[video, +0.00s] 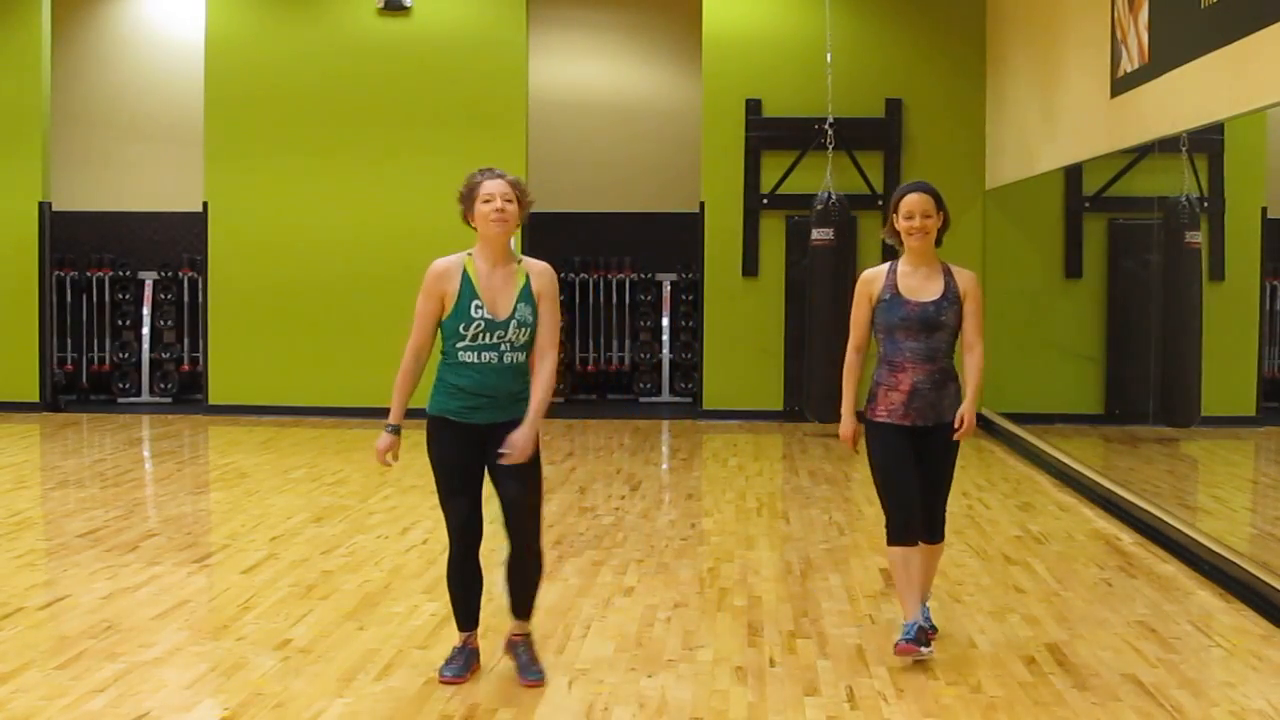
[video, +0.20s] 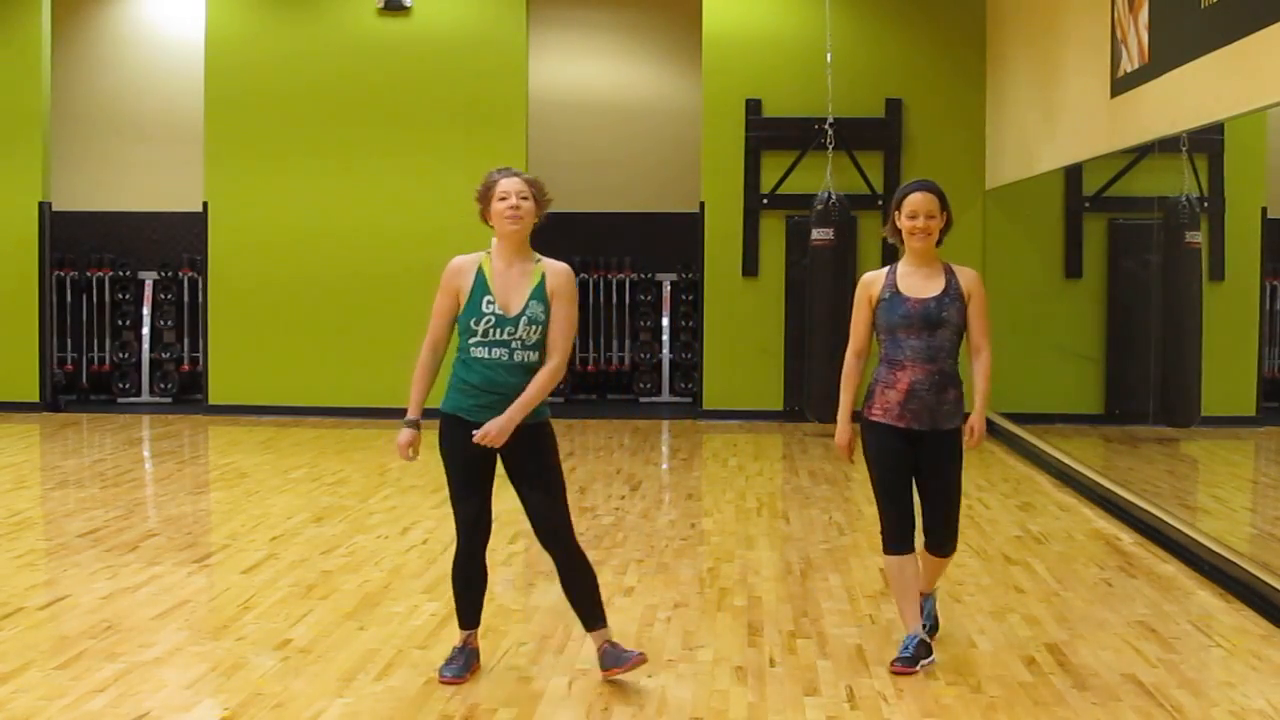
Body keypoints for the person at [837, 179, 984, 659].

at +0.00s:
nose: (918, 223)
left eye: (926, 215)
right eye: (909, 216)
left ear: (941, 221)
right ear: (895, 223)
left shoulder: (963, 282)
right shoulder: (873, 280)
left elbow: (972, 347)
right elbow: (855, 349)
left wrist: (970, 400)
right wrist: (847, 411)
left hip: (941, 415)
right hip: (886, 414)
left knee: (932, 515)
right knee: (903, 515)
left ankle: (921, 604)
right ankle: (911, 620)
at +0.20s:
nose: (922, 224)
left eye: (931, 215)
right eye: (912, 215)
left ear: (944, 223)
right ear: (896, 222)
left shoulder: (965, 281)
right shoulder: (873, 283)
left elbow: (980, 351)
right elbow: (855, 355)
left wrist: (979, 409)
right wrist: (844, 417)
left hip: (943, 421)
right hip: (884, 420)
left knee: (942, 537)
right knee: (897, 530)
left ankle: (924, 592)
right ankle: (913, 635)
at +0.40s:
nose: (926, 218)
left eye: (935, 210)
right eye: (917, 209)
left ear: (947, 217)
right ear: (899, 214)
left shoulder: (966, 278)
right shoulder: (873, 277)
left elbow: (981, 351)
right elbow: (854, 350)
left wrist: (987, 415)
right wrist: (852, 415)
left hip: (946, 420)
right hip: (887, 422)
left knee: (965, 528)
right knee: (900, 532)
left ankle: (954, 608)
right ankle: (913, 635)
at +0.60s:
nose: (931, 214)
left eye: (941, 206)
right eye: (922, 204)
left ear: (954, 214)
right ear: (906, 211)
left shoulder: (970, 279)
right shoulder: (875, 274)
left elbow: (980, 354)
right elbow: (857, 346)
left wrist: (989, 419)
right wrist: (872, 405)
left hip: (958, 423)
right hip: (897, 425)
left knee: (980, 533)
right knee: (906, 535)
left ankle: (1000, 647)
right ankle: (915, 637)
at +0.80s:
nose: (946, 213)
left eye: (956, 205)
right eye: (937, 204)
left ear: (969, 215)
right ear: (919, 212)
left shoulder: (987, 281)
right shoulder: (889, 279)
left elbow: (999, 356)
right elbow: (875, 353)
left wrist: (1010, 423)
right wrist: (885, 417)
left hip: (979, 426)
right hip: (915, 427)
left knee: (1002, 539)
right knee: (914, 537)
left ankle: (1026, 654)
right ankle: (917, 637)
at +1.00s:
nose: (961, 209)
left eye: (970, 200)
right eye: (951, 201)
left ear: (986, 212)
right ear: (935, 215)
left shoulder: (1012, 276)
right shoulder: (913, 284)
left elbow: (1032, 352)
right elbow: (900, 361)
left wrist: (1040, 421)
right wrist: (899, 430)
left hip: (1004, 432)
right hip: (936, 432)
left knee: (1020, 548)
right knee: (906, 542)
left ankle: (1027, 661)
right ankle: (909, 623)